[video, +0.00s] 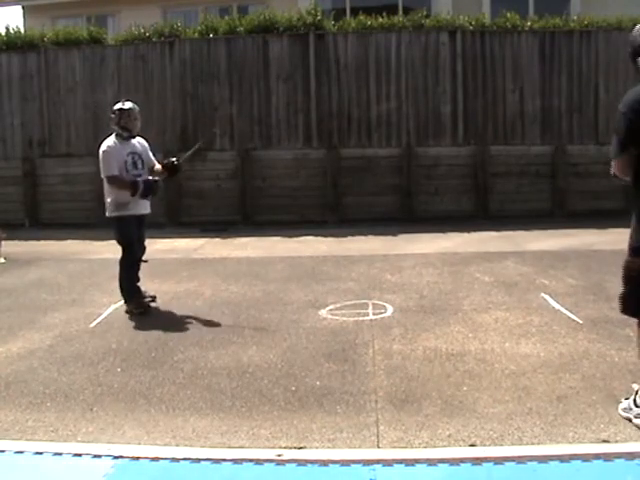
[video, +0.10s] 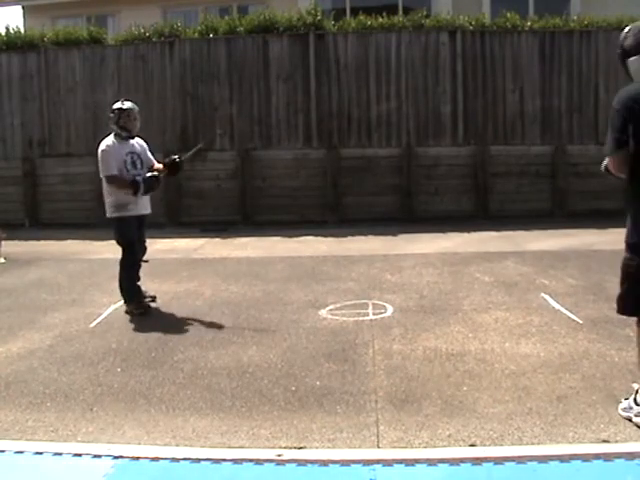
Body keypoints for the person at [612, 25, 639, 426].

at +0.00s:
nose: (632, 60)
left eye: (632, 53)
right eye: (633, 53)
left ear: (635, 57)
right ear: (638, 58)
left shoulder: (635, 101)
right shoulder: (632, 100)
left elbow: (621, 166)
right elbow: (621, 166)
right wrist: (628, 160)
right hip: (639, 233)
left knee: (636, 306)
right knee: (635, 305)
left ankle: (639, 396)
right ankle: (639, 394)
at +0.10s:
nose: (631, 64)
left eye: (629, 57)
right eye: (632, 56)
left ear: (629, 59)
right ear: (636, 57)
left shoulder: (629, 99)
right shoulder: (626, 99)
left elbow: (618, 164)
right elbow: (618, 163)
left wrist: (615, 163)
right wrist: (618, 162)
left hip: (639, 233)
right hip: (637, 232)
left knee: (638, 312)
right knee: (636, 310)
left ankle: (639, 396)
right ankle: (638, 395)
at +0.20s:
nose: (622, 66)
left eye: (622, 59)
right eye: (624, 59)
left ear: (626, 60)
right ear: (637, 58)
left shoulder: (629, 97)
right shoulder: (627, 98)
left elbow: (616, 163)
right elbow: (616, 162)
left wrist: (611, 161)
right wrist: (615, 160)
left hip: (637, 229)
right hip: (636, 228)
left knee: (636, 309)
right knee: (635, 307)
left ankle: (638, 396)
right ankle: (637, 395)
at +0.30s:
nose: (623, 70)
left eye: (623, 65)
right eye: (626, 64)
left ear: (627, 64)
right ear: (638, 63)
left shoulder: (629, 100)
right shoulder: (628, 100)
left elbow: (616, 164)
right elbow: (617, 162)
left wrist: (602, 161)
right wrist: (608, 159)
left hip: (636, 232)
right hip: (634, 232)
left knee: (637, 313)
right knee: (635, 311)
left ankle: (639, 395)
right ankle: (637, 394)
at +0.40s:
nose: (631, 73)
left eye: (630, 67)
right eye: (633, 67)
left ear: (632, 68)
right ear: (638, 68)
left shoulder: (633, 102)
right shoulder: (631, 103)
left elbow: (617, 163)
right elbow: (617, 162)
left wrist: (604, 163)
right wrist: (609, 162)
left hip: (635, 231)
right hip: (634, 231)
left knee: (636, 308)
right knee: (634, 306)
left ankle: (638, 391)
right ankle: (637, 390)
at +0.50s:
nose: (633, 73)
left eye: (633, 66)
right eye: (635, 66)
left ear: (634, 69)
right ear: (638, 70)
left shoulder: (637, 104)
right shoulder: (635, 105)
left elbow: (622, 158)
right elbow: (622, 158)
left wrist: (606, 158)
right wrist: (611, 157)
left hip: (634, 226)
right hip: (633, 226)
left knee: (627, 295)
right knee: (627, 296)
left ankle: (637, 368)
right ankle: (635, 370)